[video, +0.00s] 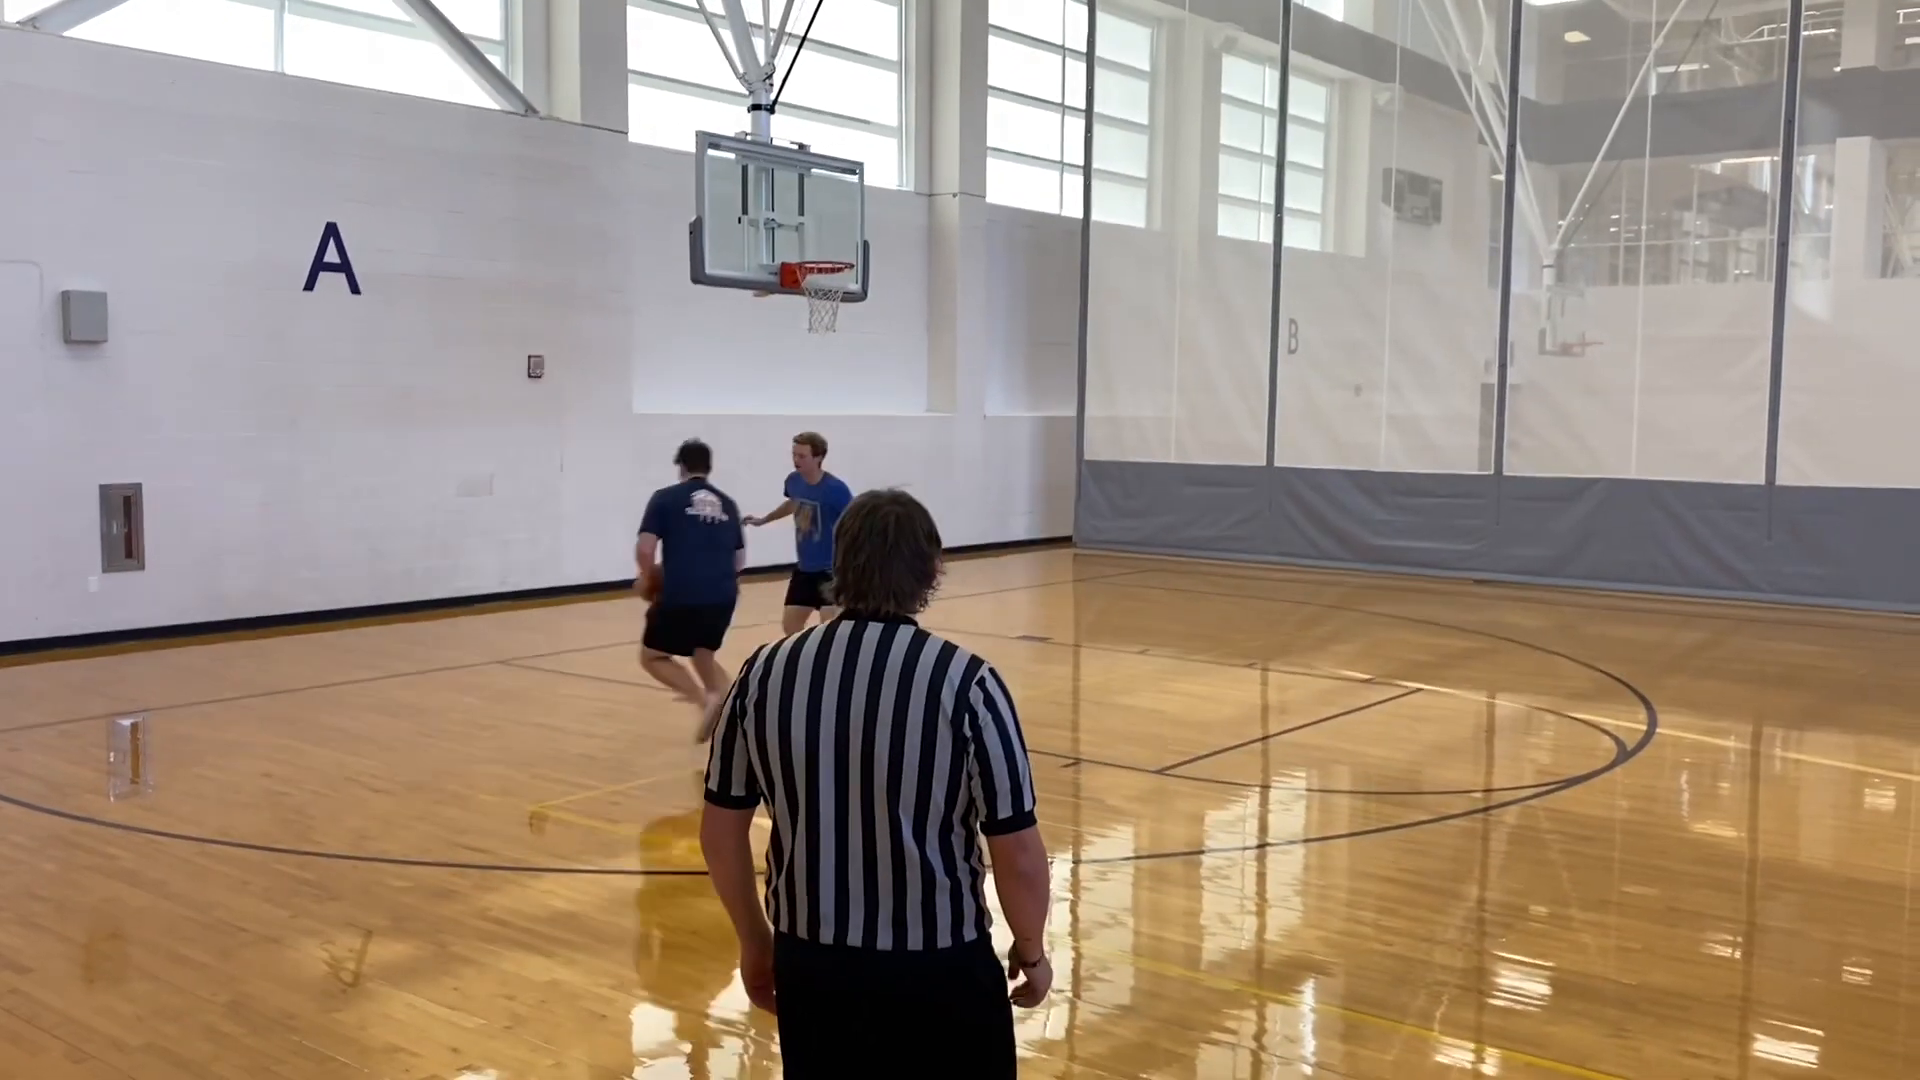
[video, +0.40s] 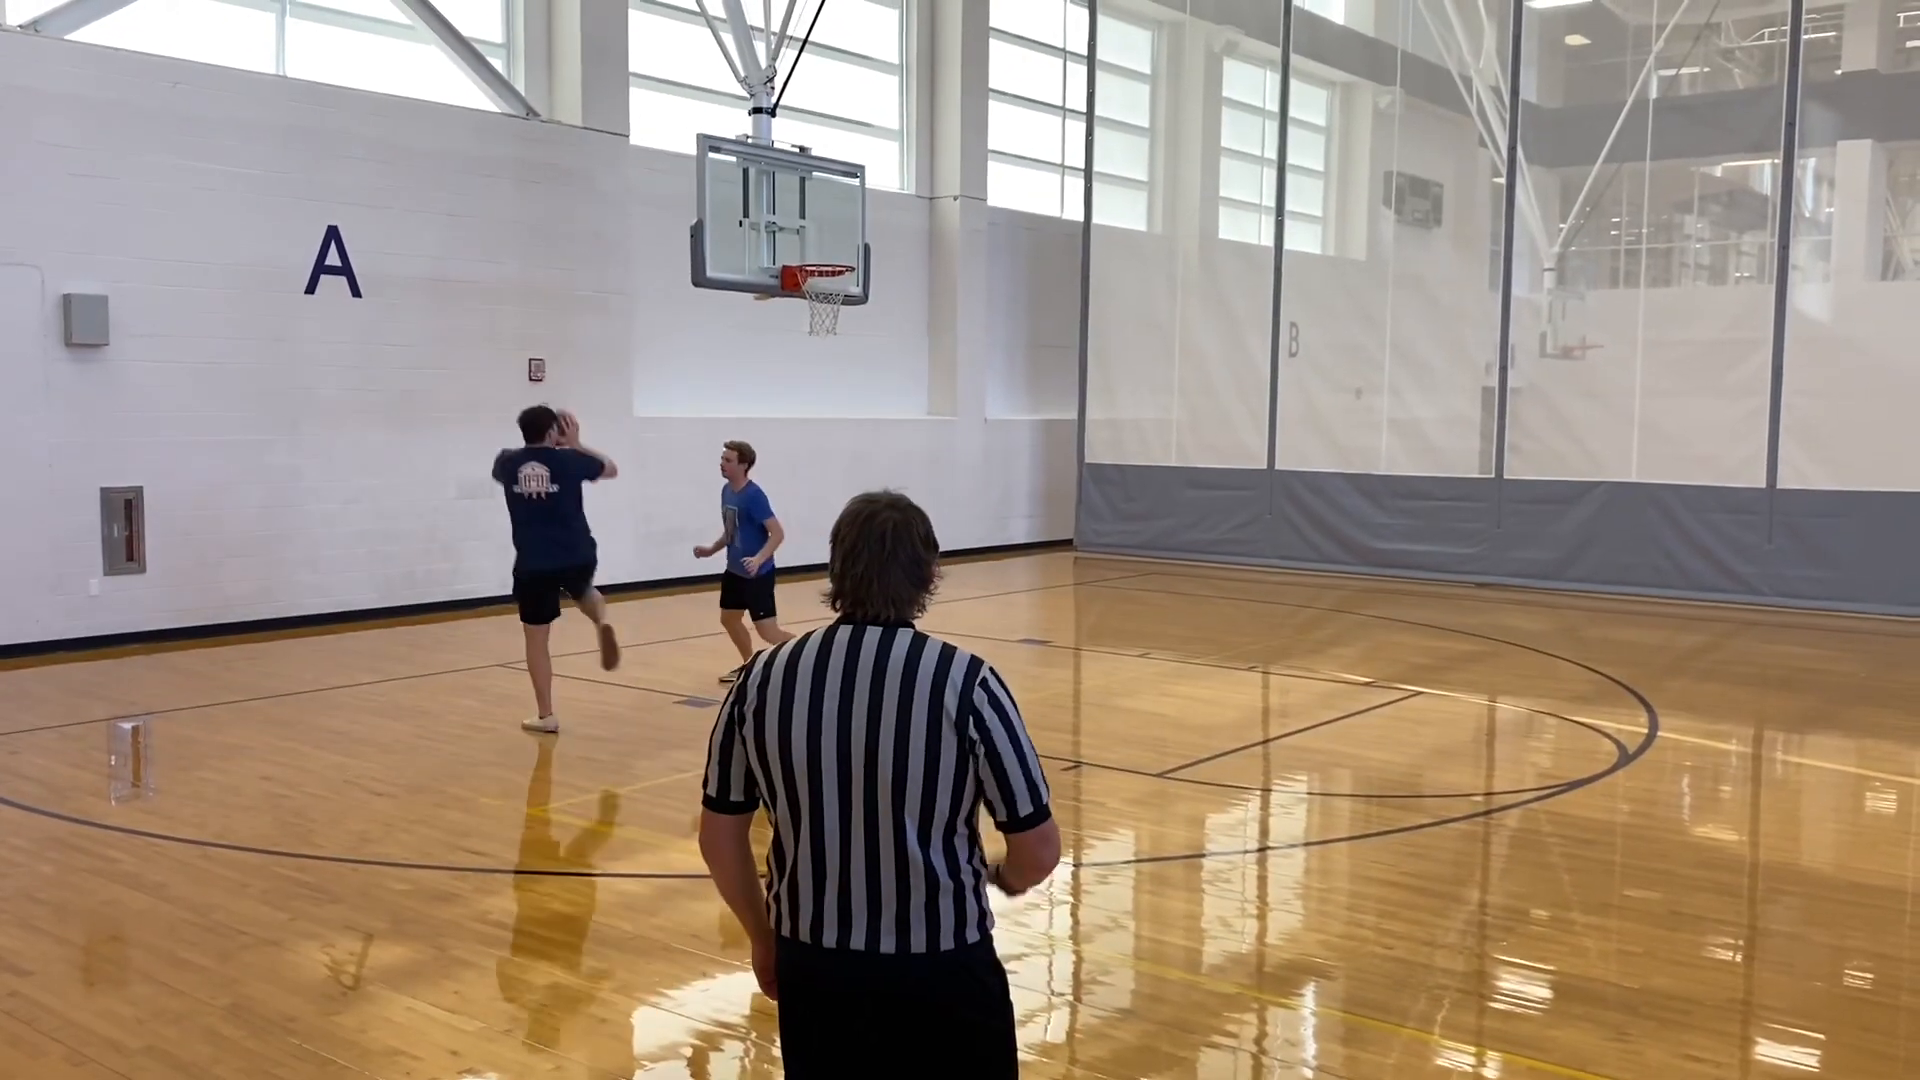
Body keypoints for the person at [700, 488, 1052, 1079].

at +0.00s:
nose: (941, 570)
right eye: (937, 558)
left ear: (842, 565)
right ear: (929, 569)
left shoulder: (764, 671)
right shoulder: (967, 681)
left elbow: (721, 832)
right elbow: (1018, 853)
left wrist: (754, 939)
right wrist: (1030, 947)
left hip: (812, 973)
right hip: (945, 976)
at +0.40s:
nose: (937, 574)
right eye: (934, 561)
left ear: (839, 568)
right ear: (927, 574)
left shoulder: (762, 677)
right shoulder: (967, 681)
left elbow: (719, 835)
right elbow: (1038, 851)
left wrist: (761, 932)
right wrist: (1004, 875)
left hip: (814, 978)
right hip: (947, 977)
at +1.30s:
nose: (982, 569)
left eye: (976, 555)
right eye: (979, 557)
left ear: (886, 570)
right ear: (971, 571)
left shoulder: (821, 669)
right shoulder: (998, 651)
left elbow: (784, 791)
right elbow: (1120, 545)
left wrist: (863, 820)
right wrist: (1093, 429)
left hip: (872, 965)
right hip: (1000, 965)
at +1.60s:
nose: (1071, 562)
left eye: (1070, 553)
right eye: (1066, 552)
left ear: (975, 568)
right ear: (1054, 571)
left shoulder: (918, 653)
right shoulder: (1083, 665)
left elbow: (984, 616)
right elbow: (1206, 650)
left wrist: (1063, 588)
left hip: (949, 948)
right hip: (1073, 952)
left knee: (946, 1072)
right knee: (1095, 1070)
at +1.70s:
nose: (1103, 568)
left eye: (1101, 553)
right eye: (1102, 555)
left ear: (1010, 566)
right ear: (1090, 568)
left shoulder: (954, 645)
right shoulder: (1116, 660)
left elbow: (1036, 624)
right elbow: (1223, 651)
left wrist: (1127, 592)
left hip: (981, 942)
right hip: (1101, 946)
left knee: (979, 1072)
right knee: (1116, 1070)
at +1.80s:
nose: (1130, 562)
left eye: (1128, 551)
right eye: (1126, 553)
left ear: (1040, 563)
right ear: (1118, 573)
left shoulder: (983, 643)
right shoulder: (1147, 660)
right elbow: (1247, 643)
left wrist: (1084, 587)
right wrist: (1145, 582)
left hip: (1007, 932)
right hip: (1125, 935)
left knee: (1004, 1069)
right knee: (1133, 1068)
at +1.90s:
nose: (1155, 559)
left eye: (1152, 549)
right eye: (1150, 549)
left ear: (1062, 559)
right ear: (1141, 568)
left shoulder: (1005, 641)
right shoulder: (1170, 656)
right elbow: (1277, 650)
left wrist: (1121, 594)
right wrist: (1204, 594)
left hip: (1026, 920)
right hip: (1139, 925)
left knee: (1040, 1067)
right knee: (1142, 1067)